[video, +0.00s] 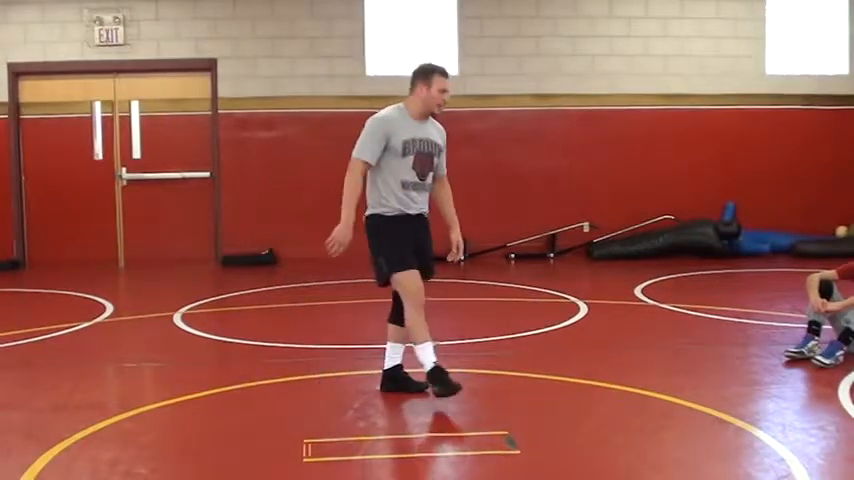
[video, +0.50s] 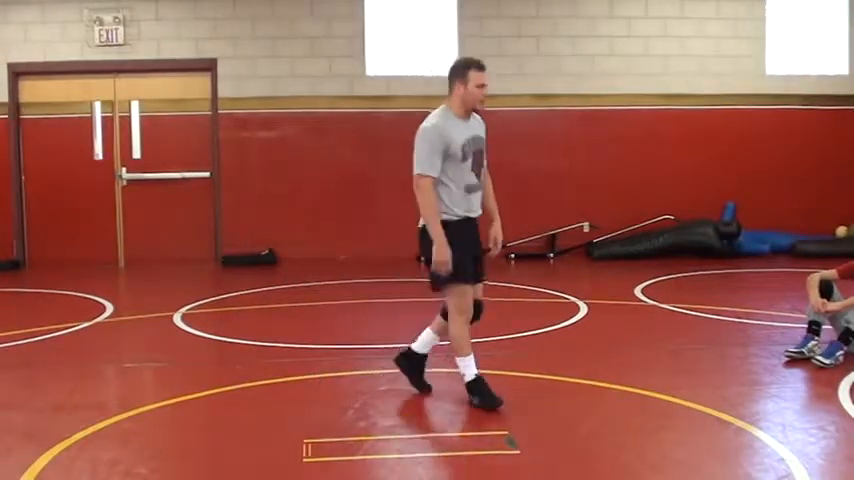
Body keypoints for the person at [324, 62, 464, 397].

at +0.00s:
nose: (445, 99)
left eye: (447, 93)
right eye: (441, 92)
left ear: (433, 93)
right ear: (420, 88)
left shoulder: (437, 132)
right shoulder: (383, 122)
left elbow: (440, 183)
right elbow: (356, 170)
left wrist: (454, 228)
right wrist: (346, 222)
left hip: (418, 221)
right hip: (385, 221)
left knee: (408, 294)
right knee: (413, 292)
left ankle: (392, 370)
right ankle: (433, 368)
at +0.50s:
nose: (485, 93)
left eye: (486, 87)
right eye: (479, 87)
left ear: (474, 89)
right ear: (457, 87)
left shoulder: (477, 124)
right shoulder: (432, 129)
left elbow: (482, 173)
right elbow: (423, 185)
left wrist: (495, 218)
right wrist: (439, 240)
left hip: (470, 225)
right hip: (444, 227)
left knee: (470, 307)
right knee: (460, 307)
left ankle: (414, 353)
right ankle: (473, 382)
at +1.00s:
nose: (530, 93)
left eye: (531, 86)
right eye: (525, 86)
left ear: (513, 86)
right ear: (501, 85)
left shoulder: (514, 122)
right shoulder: (473, 125)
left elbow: (513, 182)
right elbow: (462, 183)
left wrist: (529, 223)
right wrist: (500, 227)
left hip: (512, 226)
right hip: (479, 230)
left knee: (533, 308)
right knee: (482, 308)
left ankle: (547, 387)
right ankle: (476, 383)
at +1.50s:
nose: (561, 85)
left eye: (569, 79)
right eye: (554, 77)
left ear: (579, 85)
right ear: (543, 80)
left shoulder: (584, 131)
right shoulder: (514, 118)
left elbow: (600, 185)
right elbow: (483, 164)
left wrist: (625, 232)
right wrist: (475, 208)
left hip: (559, 229)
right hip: (516, 228)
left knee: (561, 320)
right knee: (524, 318)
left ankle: (552, 397)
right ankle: (510, 377)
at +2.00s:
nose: (568, 83)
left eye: (577, 76)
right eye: (563, 75)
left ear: (591, 82)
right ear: (555, 78)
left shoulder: (602, 137)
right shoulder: (525, 114)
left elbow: (603, 197)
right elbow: (496, 162)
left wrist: (593, 246)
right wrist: (476, 213)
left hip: (558, 230)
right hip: (513, 223)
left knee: (561, 318)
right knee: (512, 314)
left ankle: (551, 398)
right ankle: (508, 396)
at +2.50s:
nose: (522, 91)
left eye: (531, 84)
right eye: (518, 83)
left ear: (549, 86)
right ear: (511, 83)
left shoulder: (569, 134)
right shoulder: (487, 122)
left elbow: (576, 194)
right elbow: (462, 173)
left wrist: (560, 245)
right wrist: (450, 225)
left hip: (540, 237)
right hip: (488, 234)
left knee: (548, 323)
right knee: (472, 321)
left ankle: (550, 399)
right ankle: (455, 408)